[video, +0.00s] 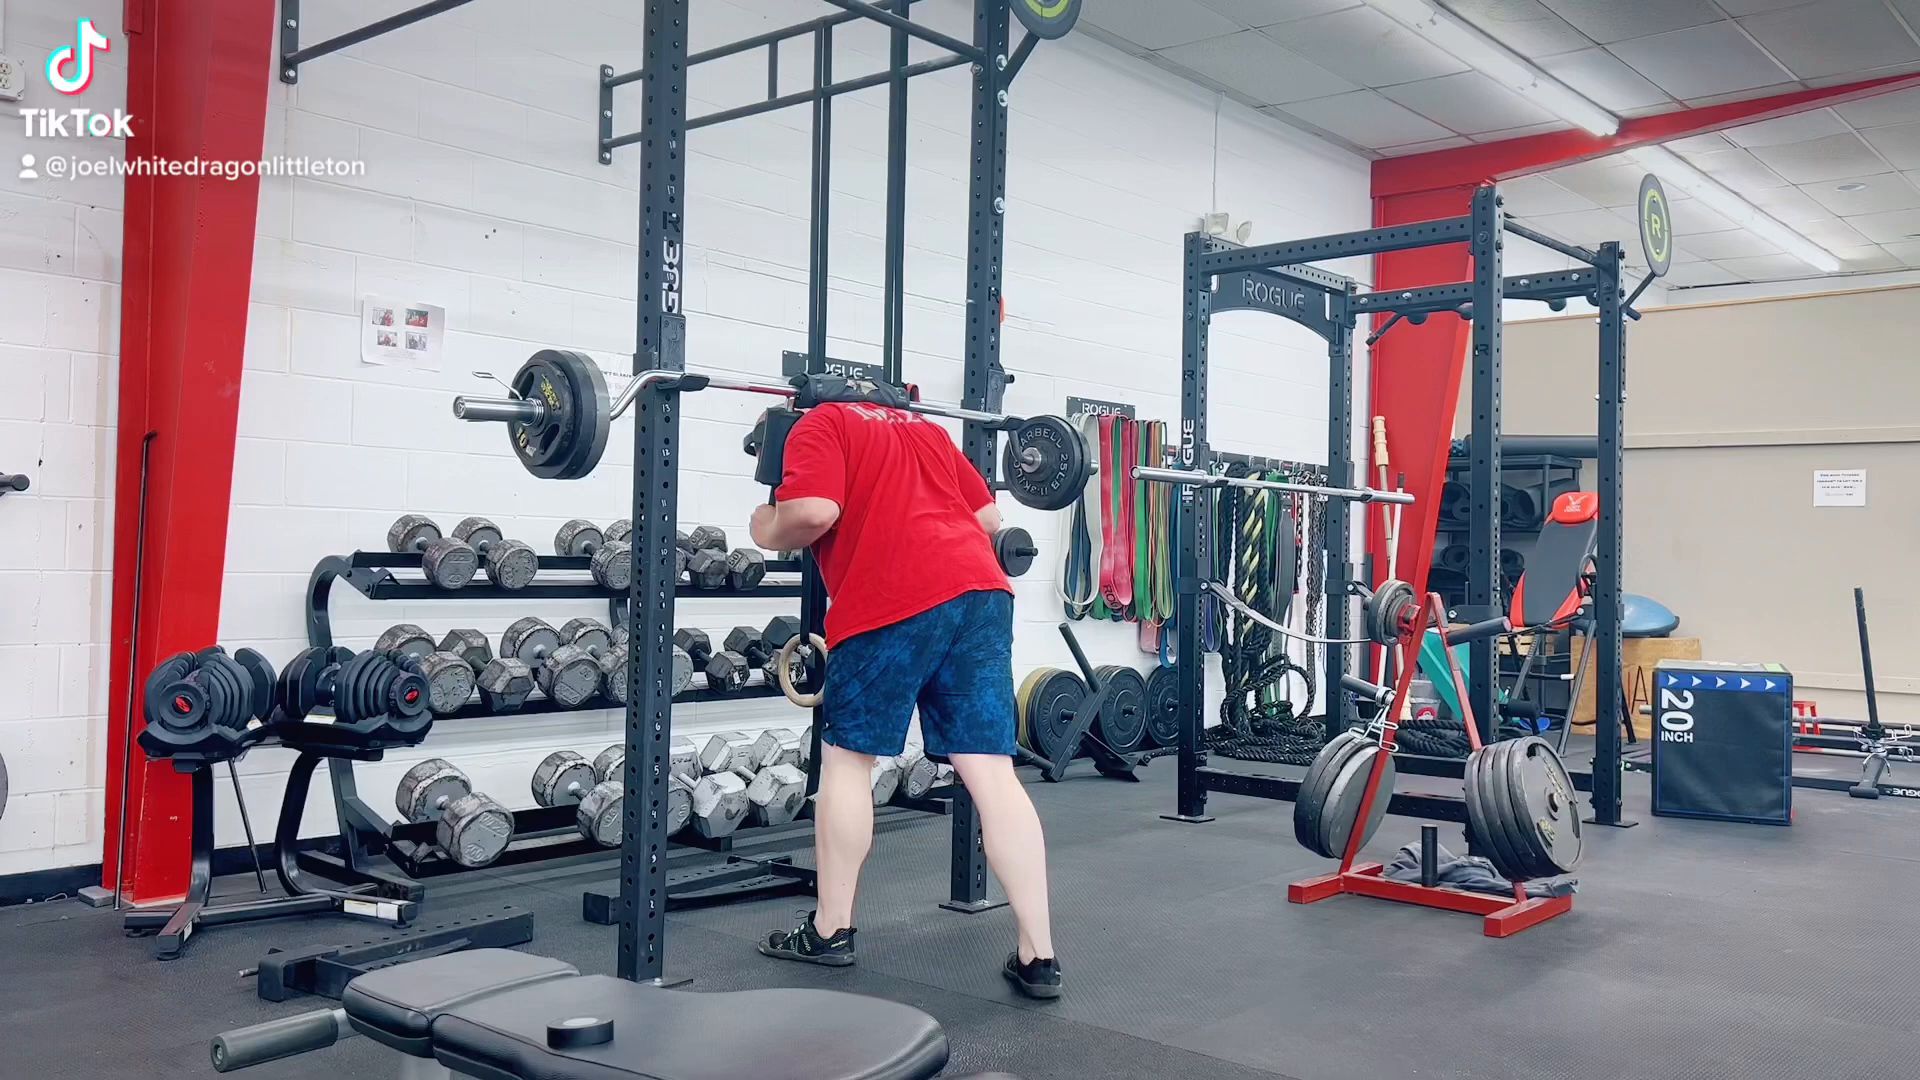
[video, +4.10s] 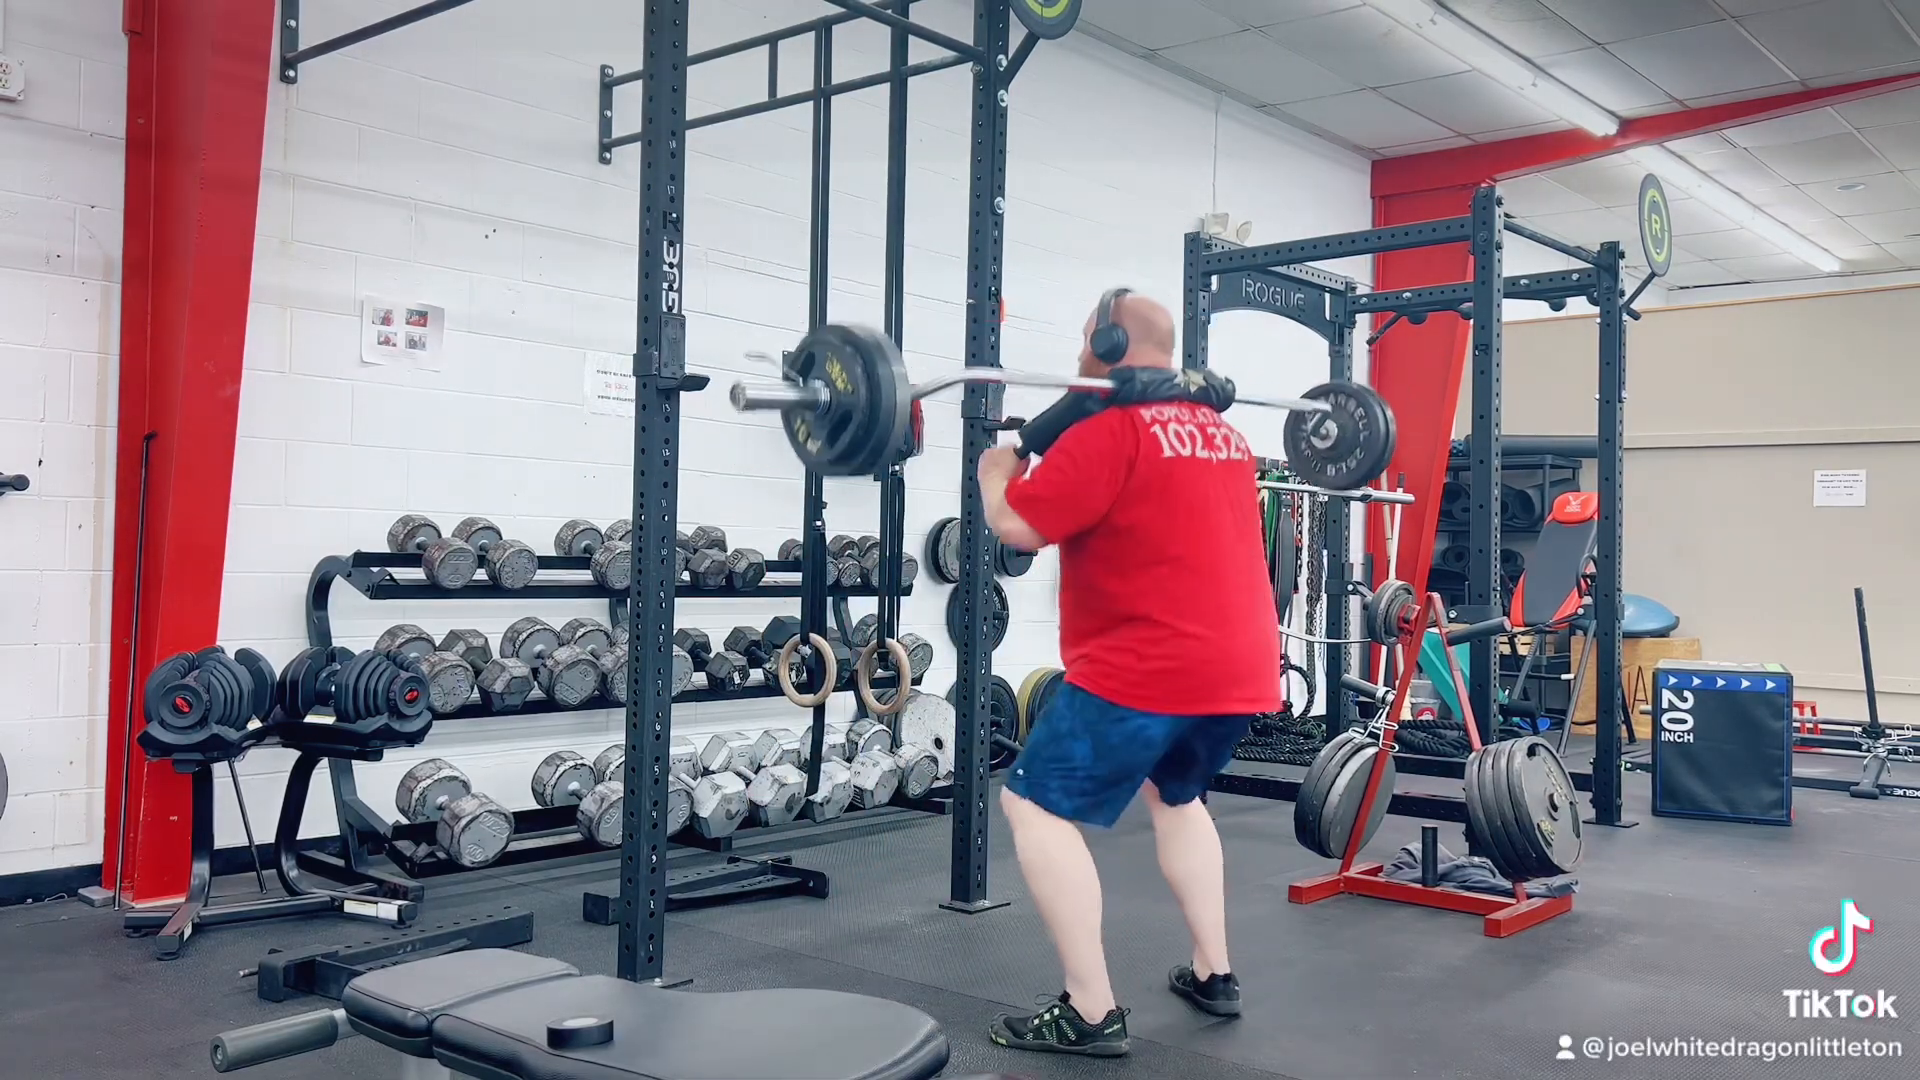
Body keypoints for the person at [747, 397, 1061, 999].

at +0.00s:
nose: (793, 420)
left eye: (797, 410)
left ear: (816, 401)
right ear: (881, 399)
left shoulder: (820, 421)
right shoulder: (929, 432)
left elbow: (817, 510)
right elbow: (988, 517)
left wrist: (768, 529)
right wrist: (927, 541)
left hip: (891, 595)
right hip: (983, 588)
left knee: (849, 757)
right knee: (991, 765)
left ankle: (831, 931)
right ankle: (1039, 955)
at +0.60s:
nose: (787, 398)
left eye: (786, 387)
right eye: (787, 386)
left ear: (798, 386)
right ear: (851, 379)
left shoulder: (815, 425)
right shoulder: (918, 433)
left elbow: (799, 511)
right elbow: (976, 524)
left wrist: (760, 527)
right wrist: (917, 550)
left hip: (856, 615)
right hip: (943, 614)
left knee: (818, 763)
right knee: (883, 737)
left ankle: (832, 931)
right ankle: (930, 878)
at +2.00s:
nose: (887, 322)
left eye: (889, 312)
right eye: (891, 309)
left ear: (905, 318)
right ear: (965, 317)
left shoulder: (914, 383)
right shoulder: (1009, 390)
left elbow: (872, 477)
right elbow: (1041, 487)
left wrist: (830, 444)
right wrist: (967, 480)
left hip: (907, 605)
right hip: (977, 603)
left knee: (894, 759)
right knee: (931, 756)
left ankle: (962, 924)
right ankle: (912, 901)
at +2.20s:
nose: (934, 317)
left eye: (936, 304)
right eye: (935, 304)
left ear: (957, 301)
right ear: (1010, 296)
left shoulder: (975, 365)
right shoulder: (1073, 377)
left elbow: (939, 459)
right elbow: (1112, 482)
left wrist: (890, 445)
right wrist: (1034, 489)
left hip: (974, 602)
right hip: (1045, 602)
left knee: (964, 768)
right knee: (997, 752)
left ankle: (987, 971)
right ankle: (1030, 920)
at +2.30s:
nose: (972, 310)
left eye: (975, 297)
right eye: (974, 297)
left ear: (998, 294)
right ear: (1050, 291)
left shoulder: (1014, 361)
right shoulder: (1112, 374)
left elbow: (974, 460)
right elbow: (1148, 483)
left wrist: (919, 433)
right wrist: (1067, 494)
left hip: (1003, 607)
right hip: (1085, 607)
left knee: (984, 775)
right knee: (1067, 763)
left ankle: (989, 971)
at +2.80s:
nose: (1051, 296)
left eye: (1053, 283)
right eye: (1051, 284)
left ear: (1075, 277)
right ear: (1133, 270)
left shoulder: (1097, 341)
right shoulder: (1207, 353)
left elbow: (1064, 444)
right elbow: (1242, 467)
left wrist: (1001, 428)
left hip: (1115, 604)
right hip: (1200, 600)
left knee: (1113, 797)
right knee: (1174, 778)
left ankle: (1109, 1013)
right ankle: (1186, 960)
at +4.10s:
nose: (1078, 358)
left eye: (1083, 345)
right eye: (1082, 344)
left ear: (1103, 352)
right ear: (1167, 352)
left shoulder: (1112, 429)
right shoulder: (1223, 430)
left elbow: (1015, 526)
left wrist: (994, 471)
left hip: (1142, 667)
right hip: (1243, 669)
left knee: (1034, 799)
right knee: (1176, 792)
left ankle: (1091, 1007)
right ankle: (1215, 974)